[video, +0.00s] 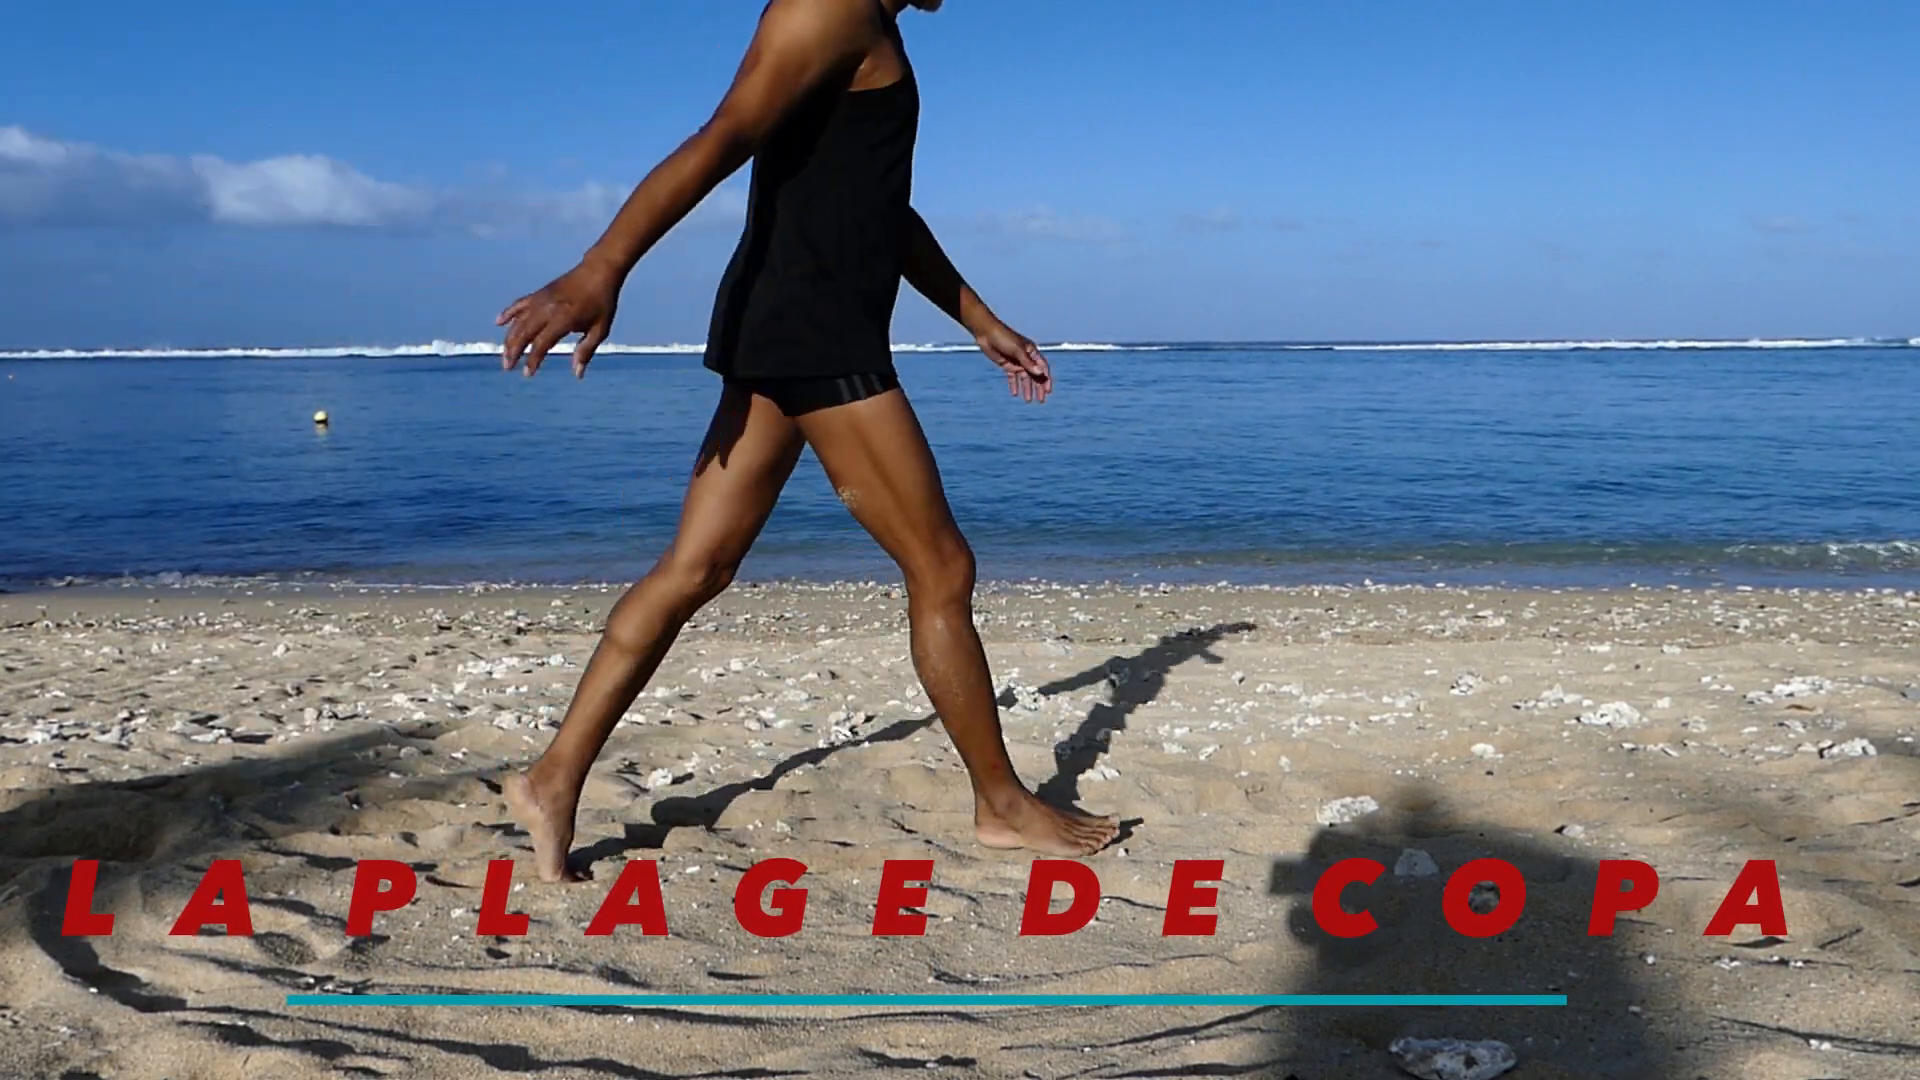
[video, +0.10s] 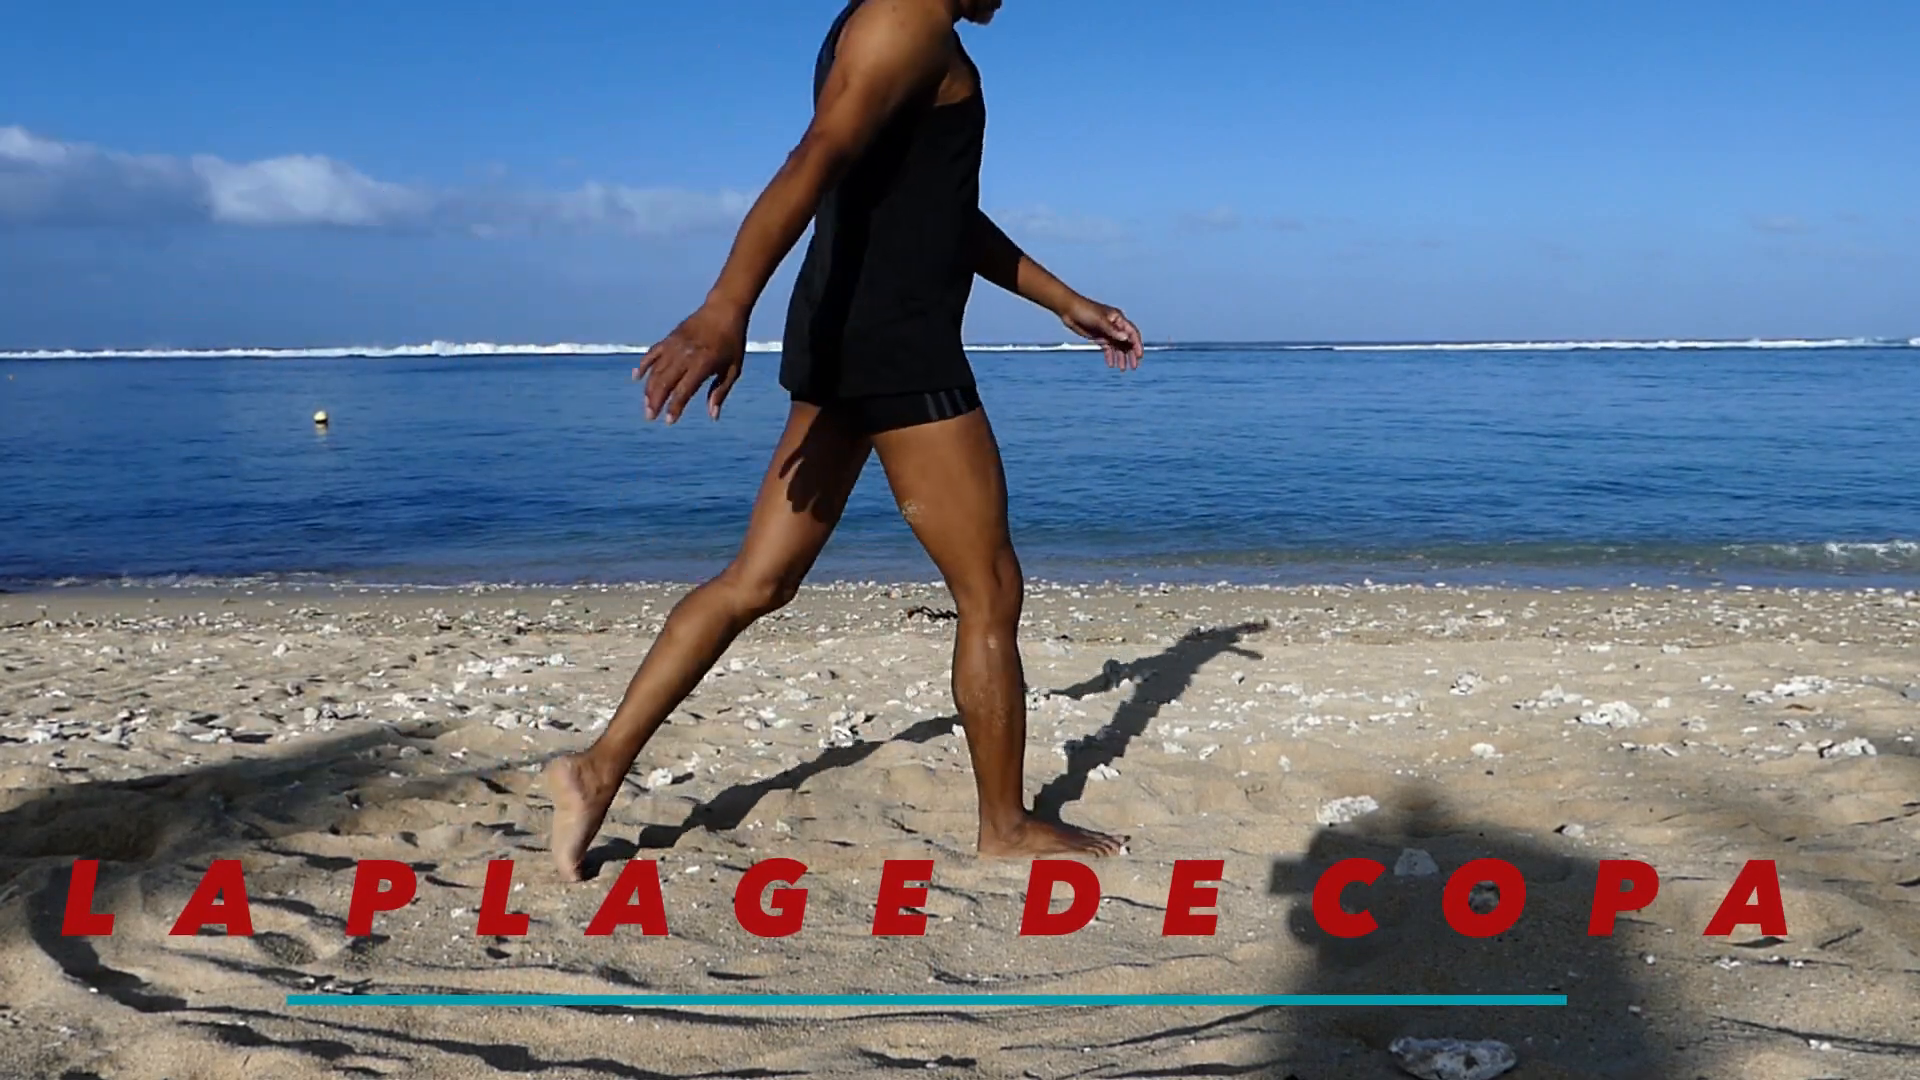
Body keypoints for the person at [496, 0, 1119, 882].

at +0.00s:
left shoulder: (869, 29)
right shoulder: (833, 11)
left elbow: (878, 206)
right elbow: (723, 139)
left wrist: (978, 317)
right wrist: (601, 269)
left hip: (783, 324)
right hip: (822, 330)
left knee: (693, 568)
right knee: (940, 570)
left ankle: (551, 779)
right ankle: (1003, 800)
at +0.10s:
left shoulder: (899, 32)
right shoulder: (907, 23)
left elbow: (948, 218)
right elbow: (816, 160)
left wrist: (1068, 303)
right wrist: (724, 309)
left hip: (840, 343)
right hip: (906, 348)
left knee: (755, 582)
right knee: (990, 591)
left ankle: (599, 766)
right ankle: (1005, 822)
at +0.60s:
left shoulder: (1040, 24)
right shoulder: (1130, 15)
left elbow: (1079, 213)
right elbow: (1203, 192)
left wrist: (1182, 320)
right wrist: (1340, 318)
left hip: (1045, 319)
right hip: (1075, 328)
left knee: (1142, 542)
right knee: (1068, 583)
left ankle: (1002, 737)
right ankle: (1015, 813)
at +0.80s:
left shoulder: (1114, 21)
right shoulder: (1210, 10)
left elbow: (1116, 190)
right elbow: (1317, 167)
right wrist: (1460, 226)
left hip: (1136, 331)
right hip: (1137, 333)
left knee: (1229, 537)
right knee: (1086, 575)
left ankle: (1241, 771)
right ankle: (1017, 801)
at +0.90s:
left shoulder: (1168, 23)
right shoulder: (1260, 17)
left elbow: (1161, 193)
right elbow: (1379, 164)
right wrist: (1497, 195)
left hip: (1184, 343)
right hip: (1182, 343)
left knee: (1267, 559)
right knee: (1107, 579)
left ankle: (1354, 765)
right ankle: (1021, 795)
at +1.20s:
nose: (1442, 9)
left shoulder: (1276, 72)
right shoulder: (1375, 57)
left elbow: (1208, 253)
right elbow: (1481, 208)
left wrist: (1163, 381)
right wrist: (1574, 227)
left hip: (1305, 376)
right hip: (1314, 378)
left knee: (1382, 588)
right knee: (1194, 596)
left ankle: (1426, 809)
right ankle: (1045, 777)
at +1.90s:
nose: (1868, 6)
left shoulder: (1689, 66)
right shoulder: (1813, 47)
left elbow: (1736, 234)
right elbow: (1739, 172)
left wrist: (1859, 313)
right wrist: (1687, 293)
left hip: (1656, 341)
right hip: (1756, 350)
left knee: (1564, 569)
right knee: (1844, 582)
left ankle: (1461, 770)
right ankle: (1876, 795)